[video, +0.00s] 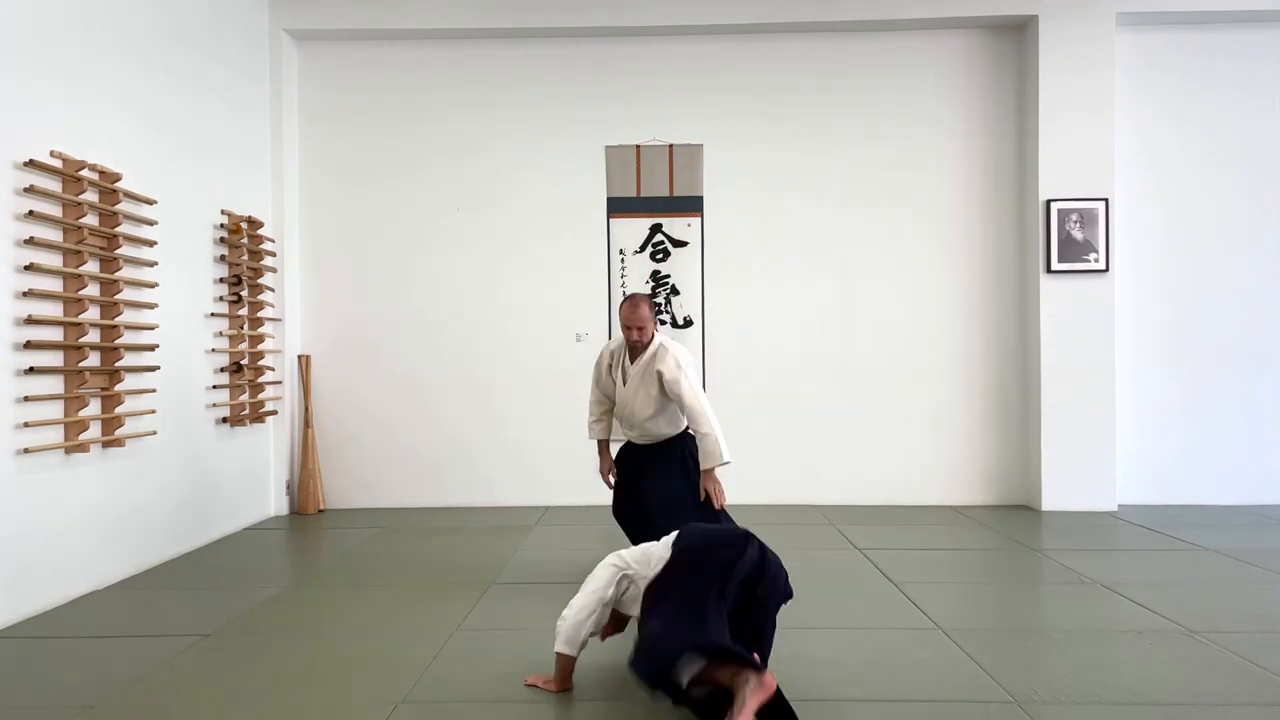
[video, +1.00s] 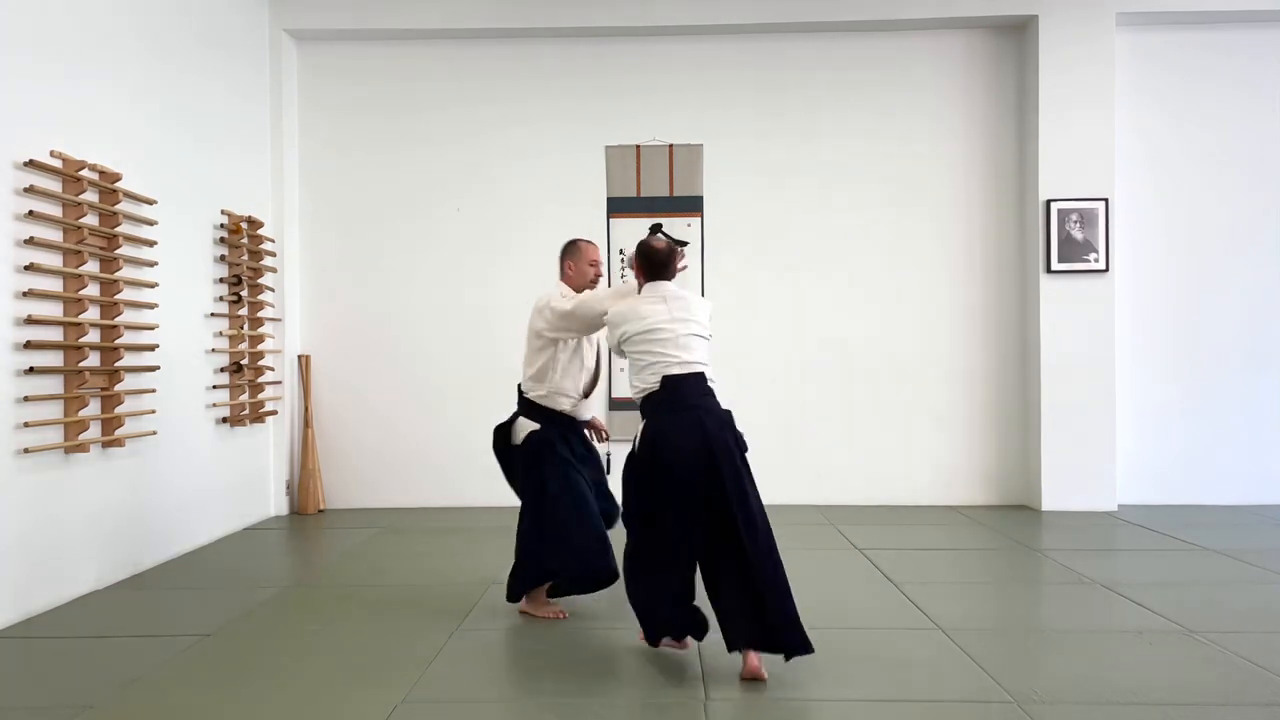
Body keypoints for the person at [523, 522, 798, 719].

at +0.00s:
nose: (606, 634)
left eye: (601, 630)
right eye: (603, 634)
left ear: (603, 608)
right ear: (621, 611)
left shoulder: (619, 565)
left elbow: (573, 623)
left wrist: (561, 682)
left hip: (711, 544)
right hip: (769, 566)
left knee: (656, 649)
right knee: (748, 671)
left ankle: (745, 679)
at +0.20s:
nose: (616, 513)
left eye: (614, 508)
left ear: (620, 506)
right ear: (658, 496)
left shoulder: (625, 531)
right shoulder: (689, 509)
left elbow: (595, 607)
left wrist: (564, 668)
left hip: (732, 584)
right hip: (789, 581)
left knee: (660, 690)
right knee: (742, 684)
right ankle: (754, 701)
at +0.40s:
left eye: (630, 404)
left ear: (634, 405)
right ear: (679, 397)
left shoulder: (633, 436)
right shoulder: (711, 419)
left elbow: (603, 531)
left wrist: (619, 590)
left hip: (724, 522)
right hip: (784, 517)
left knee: (682, 647)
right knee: (769, 636)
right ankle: (749, 708)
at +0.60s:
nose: (642, 343)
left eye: (643, 338)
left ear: (646, 342)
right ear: (692, 340)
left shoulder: (636, 376)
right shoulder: (724, 366)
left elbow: (591, 459)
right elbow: (782, 434)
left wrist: (608, 501)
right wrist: (793, 505)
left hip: (710, 480)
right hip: (770, 476)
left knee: (696, 607)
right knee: (757, 598)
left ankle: (713, 708)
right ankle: (756, 704)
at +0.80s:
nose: (647, 296)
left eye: (649, 291)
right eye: (652, 290)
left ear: (656, 298)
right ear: (696, 298)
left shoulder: (637, 336)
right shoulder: (727, 333)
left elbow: (614, 407)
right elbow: (783, 392)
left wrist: (614, 431)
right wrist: (764, 439)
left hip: (681, 445)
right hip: (738, 443)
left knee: (699, 558)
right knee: (743, 551)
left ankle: (730, 682)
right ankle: (753, 672)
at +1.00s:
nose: (626, 267)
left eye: (629, 262)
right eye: (678, 258)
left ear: (635, 271)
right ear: (676, 270)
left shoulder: (620, 313)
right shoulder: (699, 305)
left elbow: (619, 350)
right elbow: (696, 343)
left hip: (663, 428)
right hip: (711, 421)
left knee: (659, 528)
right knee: (728, 531)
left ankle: (670, 625)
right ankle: (750, 648)